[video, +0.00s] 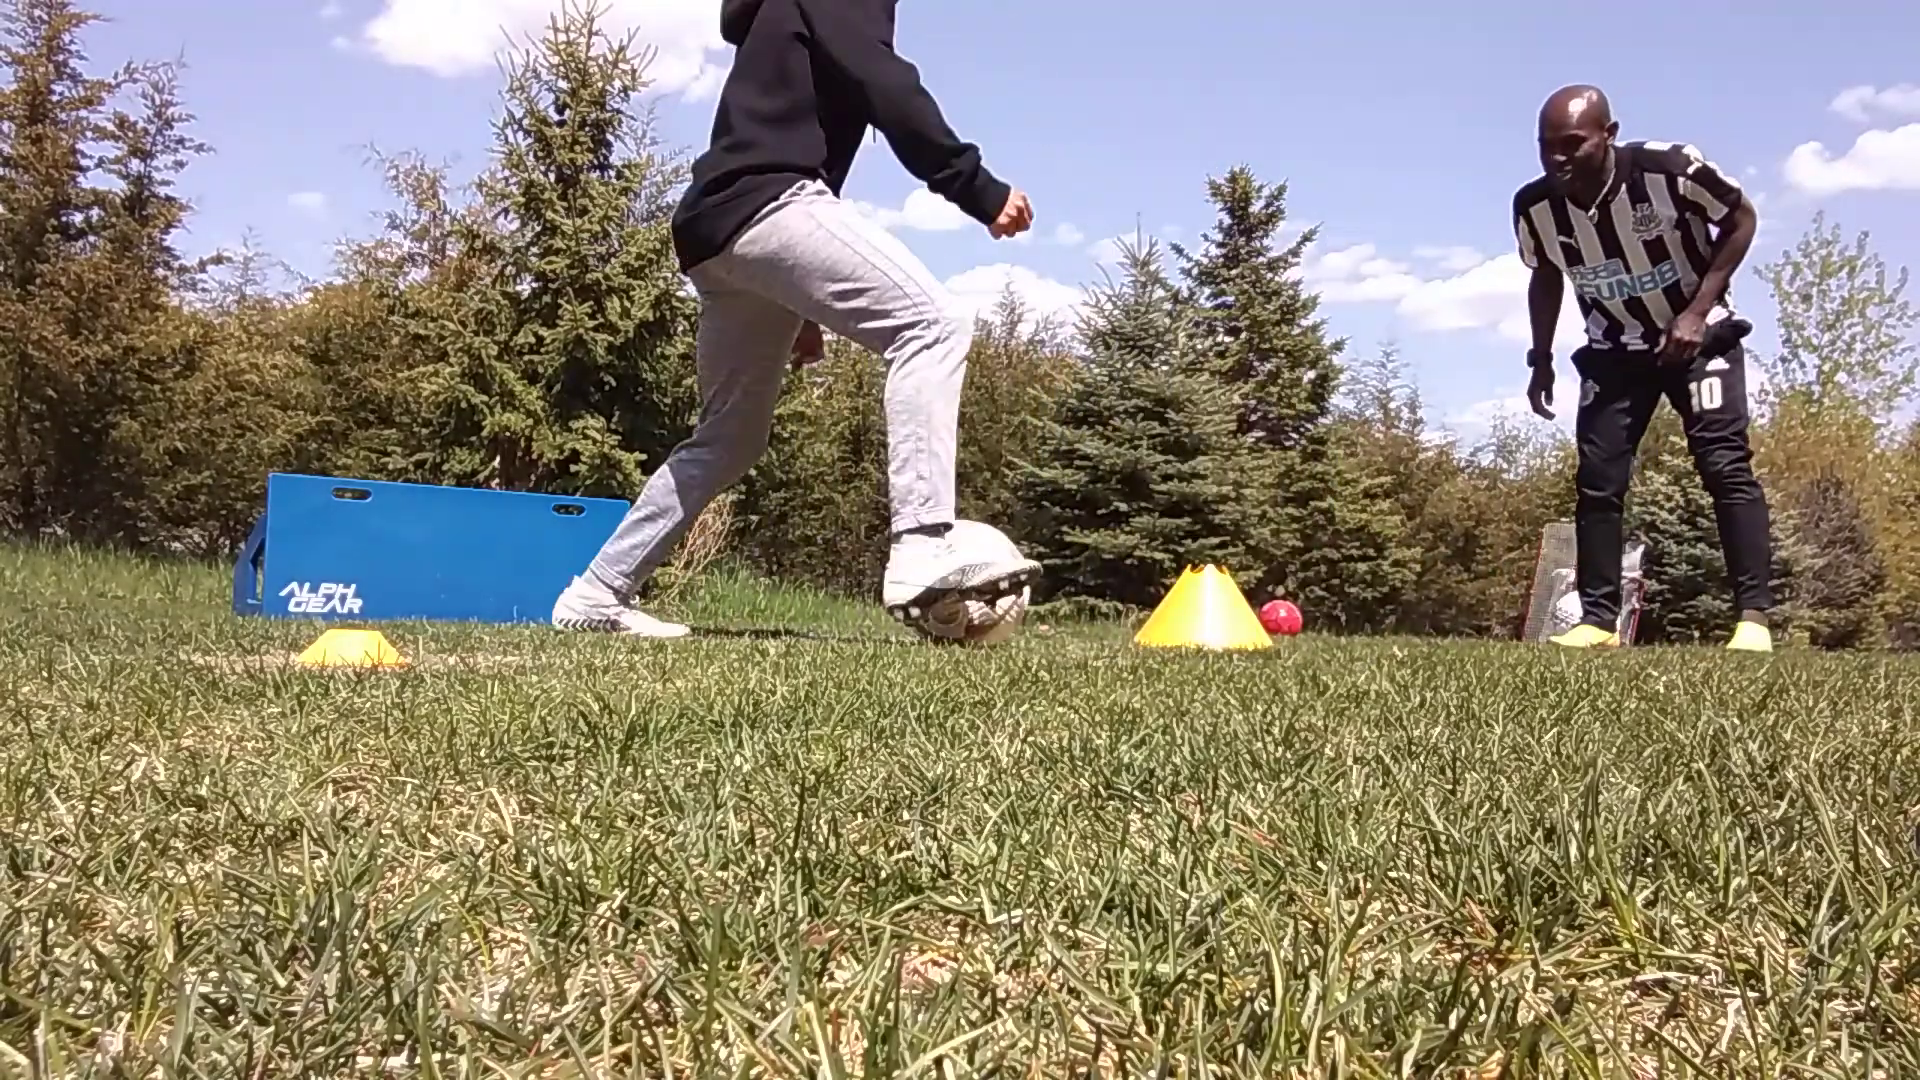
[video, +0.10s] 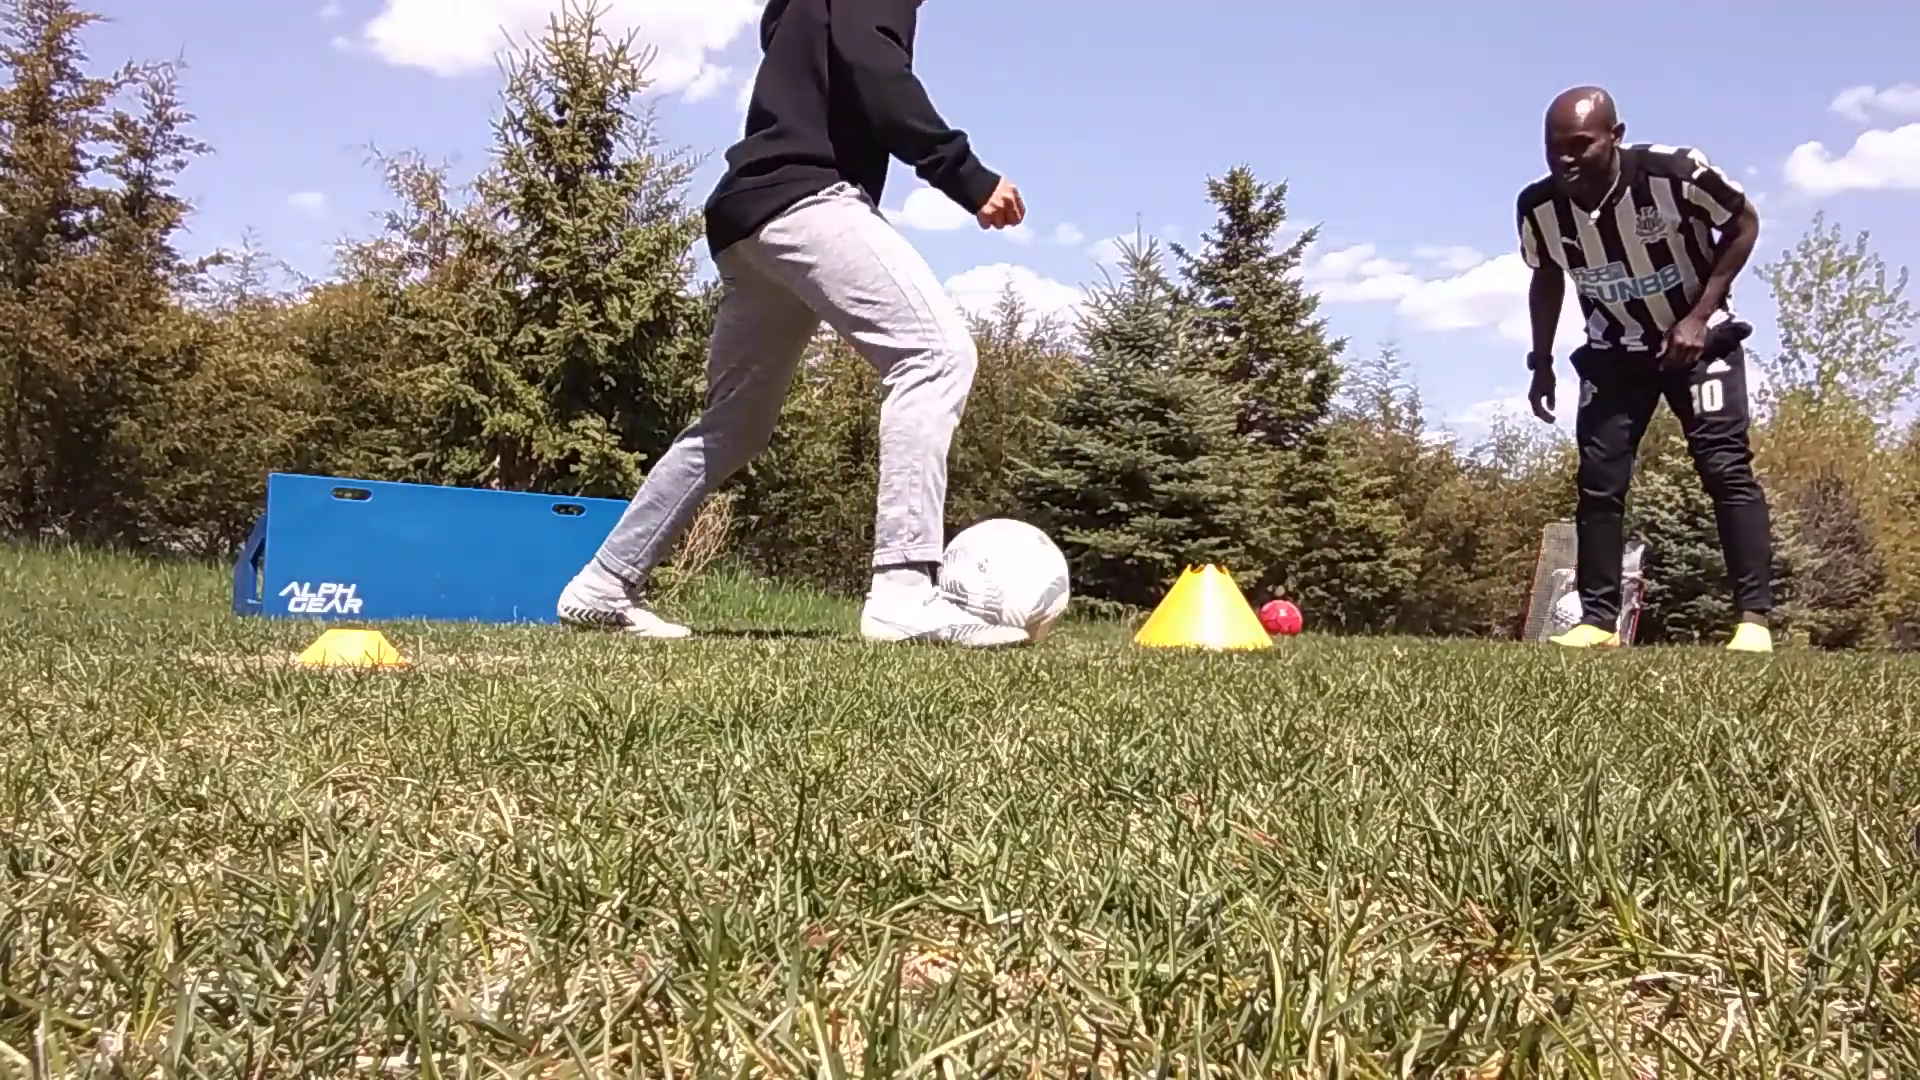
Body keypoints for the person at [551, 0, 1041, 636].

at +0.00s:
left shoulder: (783, 22)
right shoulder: (843, 8)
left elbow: (787, 160)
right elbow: (887, 83)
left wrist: (797, 305)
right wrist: (980, 188)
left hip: (716, 225)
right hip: (767, 200)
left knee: (727, 440)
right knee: (930, 329)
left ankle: (597, 595)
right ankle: (926, 543)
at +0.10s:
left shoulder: (797, 11)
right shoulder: (870, 4)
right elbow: (881, 80)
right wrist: (971, 178)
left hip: (748, 204)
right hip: (799, 193)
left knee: (732, 426)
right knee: (934, 356)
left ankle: (601, 589)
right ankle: (904, 593)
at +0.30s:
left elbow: (807, 46)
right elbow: (1041, 3)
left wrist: (821, 144)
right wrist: (1122, 73)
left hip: (818, 129)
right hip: (895, 105)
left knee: (894, 356)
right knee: (977, 324)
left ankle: (844, 573)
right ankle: (916, 546)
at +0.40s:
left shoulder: (903, 4)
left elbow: (843, 73)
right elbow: (1097, 53)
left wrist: (867, 180)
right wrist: (1183, 143)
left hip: (871, 170)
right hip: (936, 146)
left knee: (962, 397)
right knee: (1072, 317)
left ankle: (916, 600)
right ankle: (991, 534)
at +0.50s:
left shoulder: (962, 16)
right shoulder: (1047, 1)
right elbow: (1107, 63)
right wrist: (1204, 184)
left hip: (935, 193)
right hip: (976, 177)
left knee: (1016, 415)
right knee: (1137, 330)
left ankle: (923, 599)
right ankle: (1121, 574)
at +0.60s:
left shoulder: (991, 17)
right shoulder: (1119, 3)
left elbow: (945, 103)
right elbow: (1169, 38)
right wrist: (1258, 151)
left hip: (968, 183)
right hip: (1044, 162)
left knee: (1015, 401)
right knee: (1216, 339)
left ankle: (922, 598)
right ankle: (1184, 584)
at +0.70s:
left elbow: (982, 57)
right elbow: (1283, 41)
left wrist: (1026, 155)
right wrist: (1333, 126)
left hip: (1026, 141)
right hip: (1130, 130)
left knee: (1031, 384)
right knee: (1250, 356)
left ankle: (941, 590)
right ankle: (1197, 601)